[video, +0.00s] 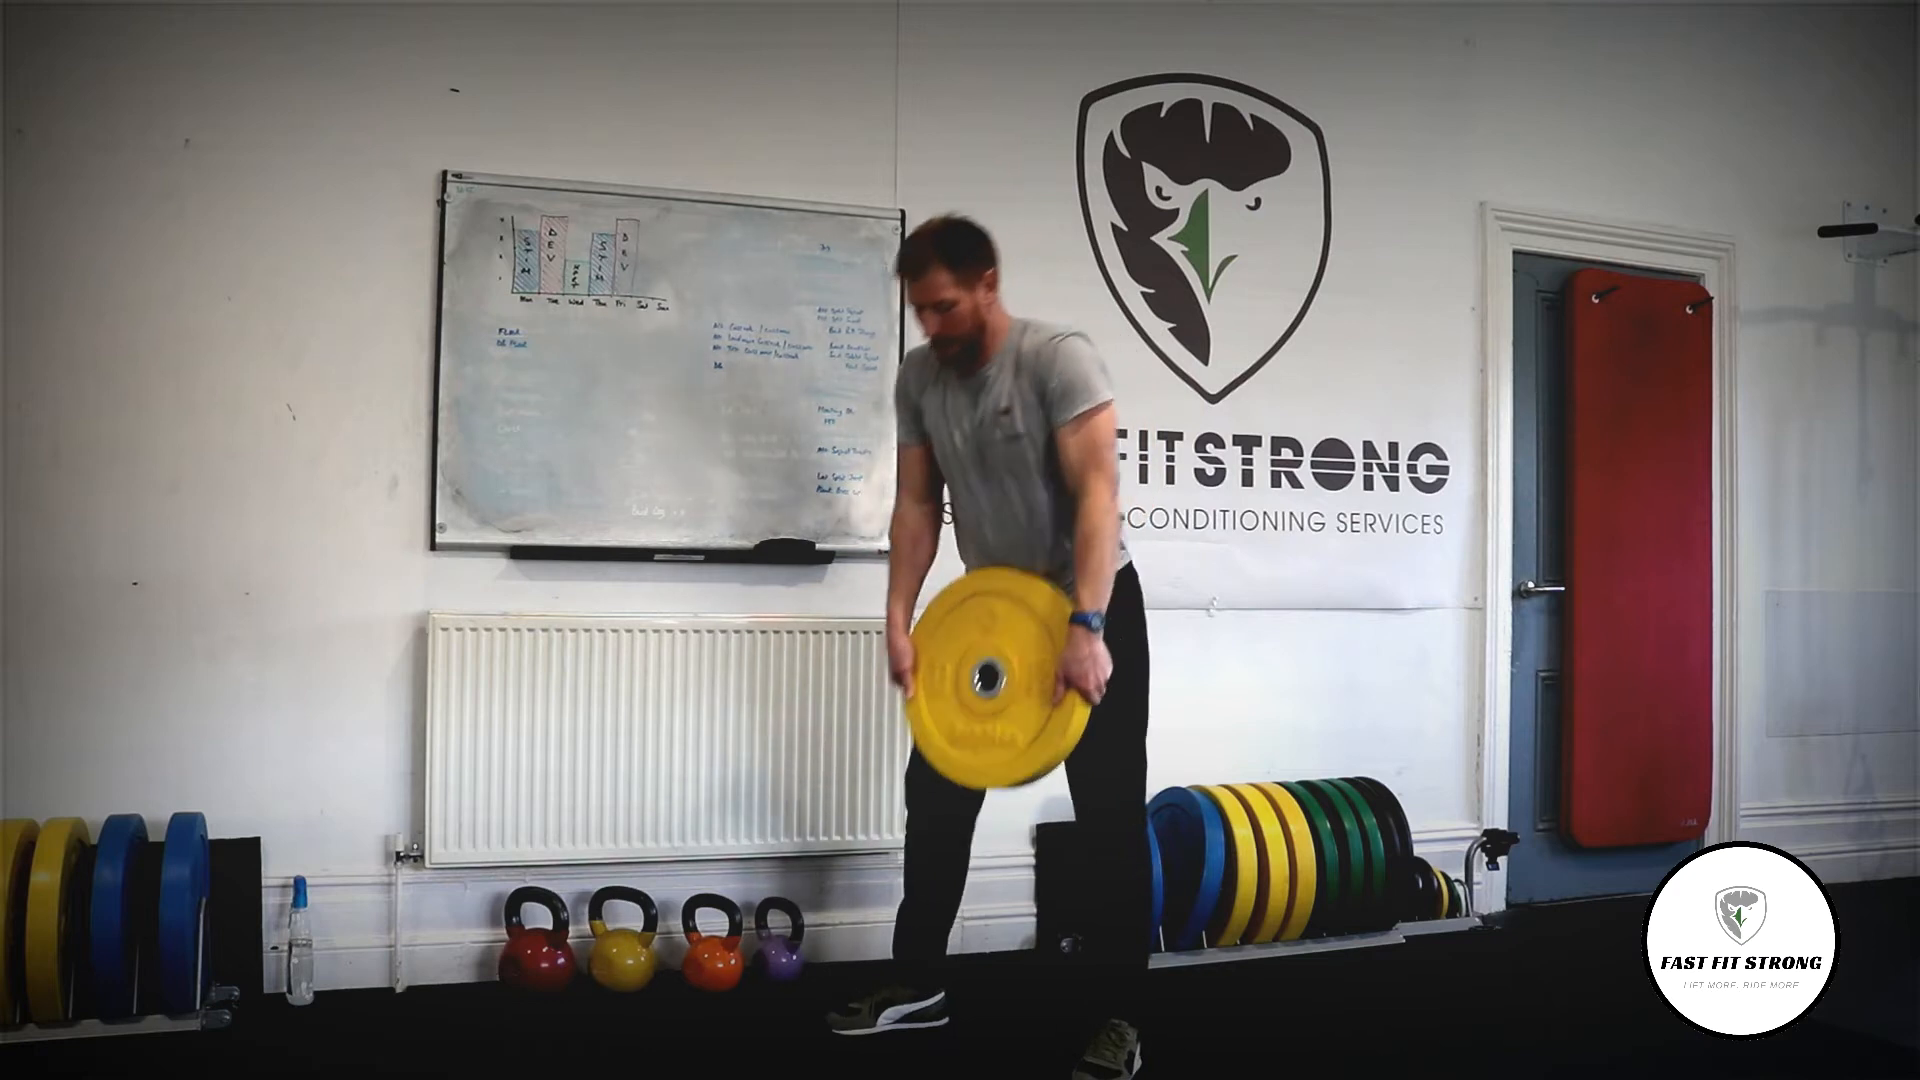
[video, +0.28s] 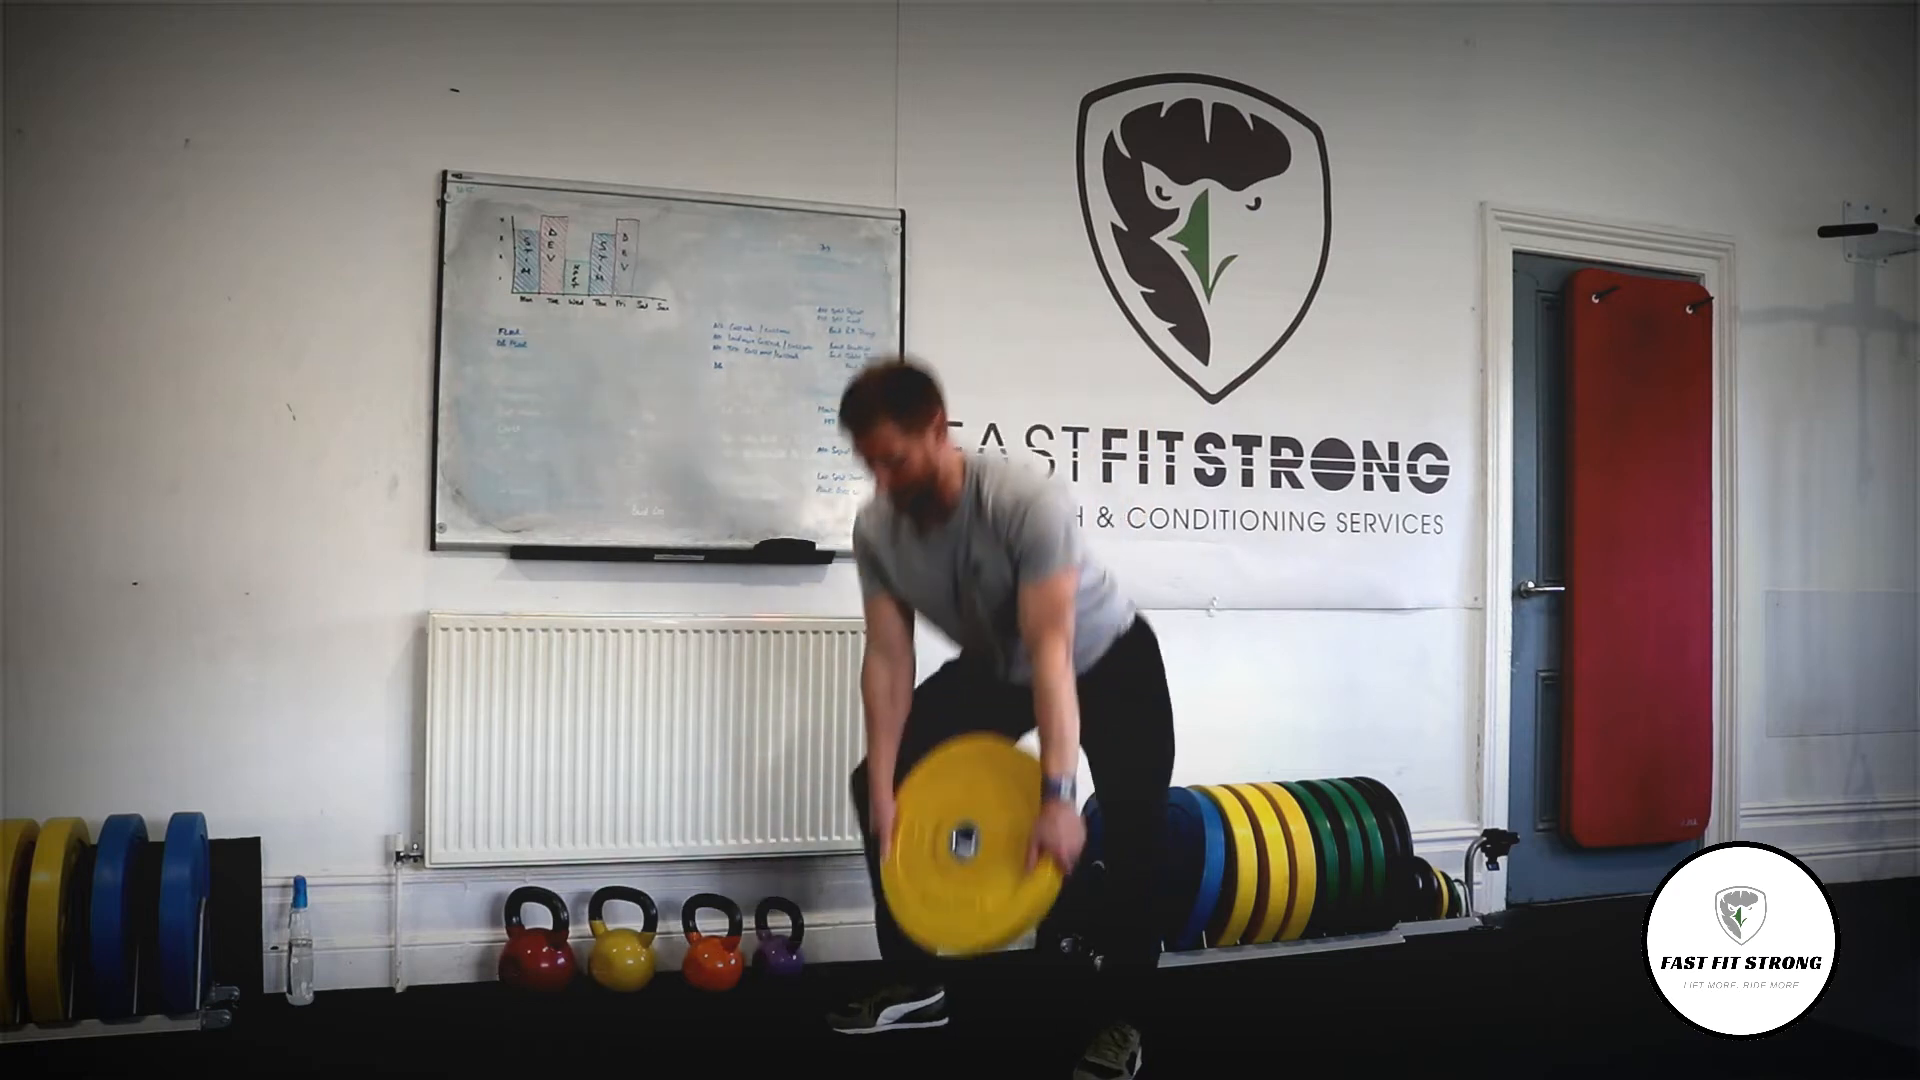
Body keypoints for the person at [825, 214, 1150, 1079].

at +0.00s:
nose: (928, 325)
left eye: (941, 307)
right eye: (918, 309)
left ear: (987, 286)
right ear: (912, 302)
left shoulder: (1058, 358)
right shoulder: (920, 377)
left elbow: (1100, 492)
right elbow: (918, 505)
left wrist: (1088, 624)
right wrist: (898, 616)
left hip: (1089, 603)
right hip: (993, 608)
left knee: (1107, 806)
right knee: (936, 787)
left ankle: (1118, 1014)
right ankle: (917, 982)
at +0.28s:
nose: (884, 477)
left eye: (894, 458)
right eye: (872, 463)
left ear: (939, 429)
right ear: (860, 455)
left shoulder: (1030, 499)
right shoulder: (877, 530)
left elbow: (1051, 647)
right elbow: (887, 660)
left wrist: (1059, 793)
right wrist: (883, 785)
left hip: (1103, 657)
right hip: (995, 668)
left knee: (1131, 823)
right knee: (876, 780)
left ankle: (1117, 1020)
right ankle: (915, 982)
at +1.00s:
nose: (907, 370)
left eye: (925, 356)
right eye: (905, 356)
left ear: (980, 366)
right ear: (904, 368)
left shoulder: (1036, 453)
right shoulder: (903, 468)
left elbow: (1119, 568)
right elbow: (918, 580)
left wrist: (1066, 679)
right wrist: (884, 681)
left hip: (1098, 653)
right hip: (999, 657)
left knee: (1122, 834)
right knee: (884, 783)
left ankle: (1117, 1025)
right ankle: (915, 987)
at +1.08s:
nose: (933, 313)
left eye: (952, 299)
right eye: (932, 299)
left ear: (1003, 315)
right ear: (931, 316)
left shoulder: (1059, 408)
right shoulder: (924, 419)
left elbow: (1138, 526)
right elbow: (940, 529)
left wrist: (1074, 596)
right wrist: (891, 598)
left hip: (1089, 635)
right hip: (985, 637)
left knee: (1112, 821)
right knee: (891, 790)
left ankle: (1120, 1026)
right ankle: (915, 991)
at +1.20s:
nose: (996, 266)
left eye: (1014, 252)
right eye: (994, 254)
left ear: (1065, 267)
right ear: (997, 269)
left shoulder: (1108, 368)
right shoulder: (965, 379)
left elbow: (1142, 502)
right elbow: (952, 503)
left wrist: (1060, 492)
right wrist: (877, 489)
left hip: (1066, 616)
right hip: (968, 613)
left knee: (1085, 811)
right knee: (897, 788)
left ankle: (1108, 1018)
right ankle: (916, 989)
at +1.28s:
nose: (1021, 259)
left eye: (1040, 246)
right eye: (1019, 246)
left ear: (1089, 264)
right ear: (1018, 261)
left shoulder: (1113, 358)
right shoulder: (987, 353)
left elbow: (1135, 487)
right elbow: (923, 479)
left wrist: (1069, 412)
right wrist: (879, 400)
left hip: (1050, 597)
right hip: (956, 594)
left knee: (1072, 802)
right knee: (917, 793)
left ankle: (1104, 1011)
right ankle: (919, 989)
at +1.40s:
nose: (1047, 249)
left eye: (1069, 244)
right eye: (1045, 240)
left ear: (1097, 278)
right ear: (1028, 264)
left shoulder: (1103, 366)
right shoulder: (977, 361)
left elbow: (1103, 417)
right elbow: (872, 401)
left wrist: (1066, 300)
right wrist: (892, 301)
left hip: (1042, 604)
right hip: (941, 602)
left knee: (1068, 807)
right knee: (923, 802)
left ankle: (1104, 1013)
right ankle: (922, 989)